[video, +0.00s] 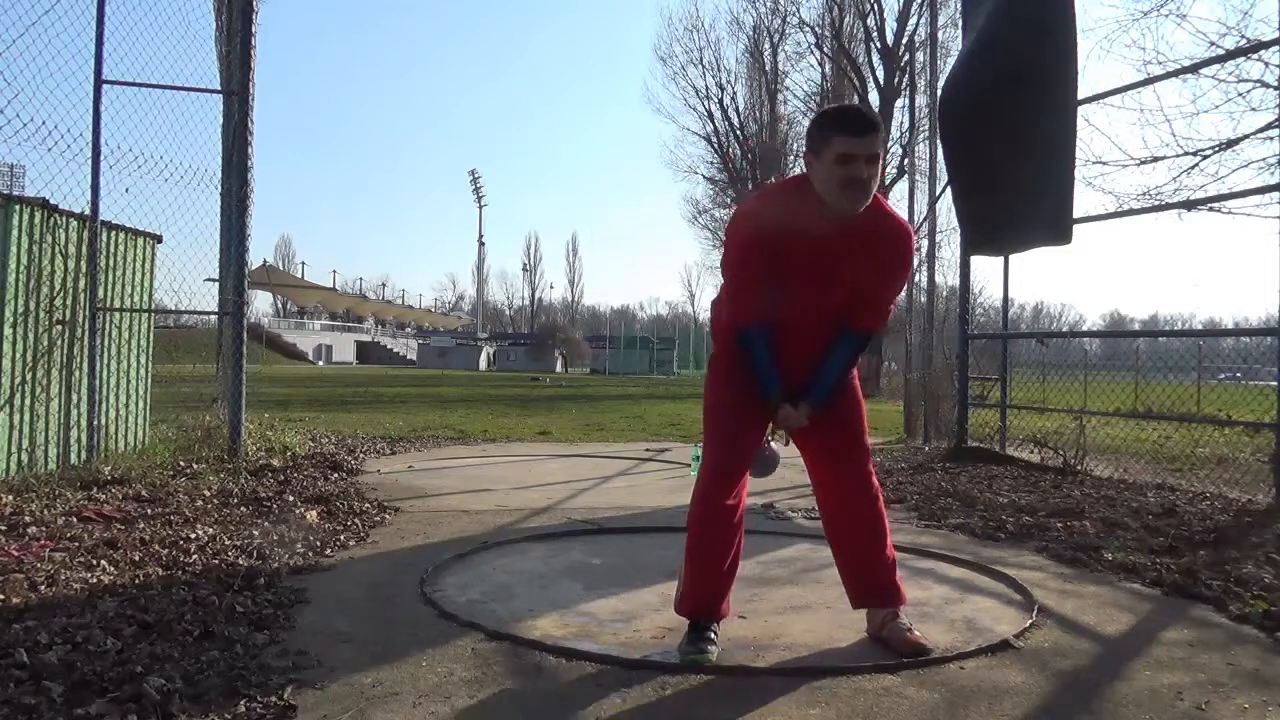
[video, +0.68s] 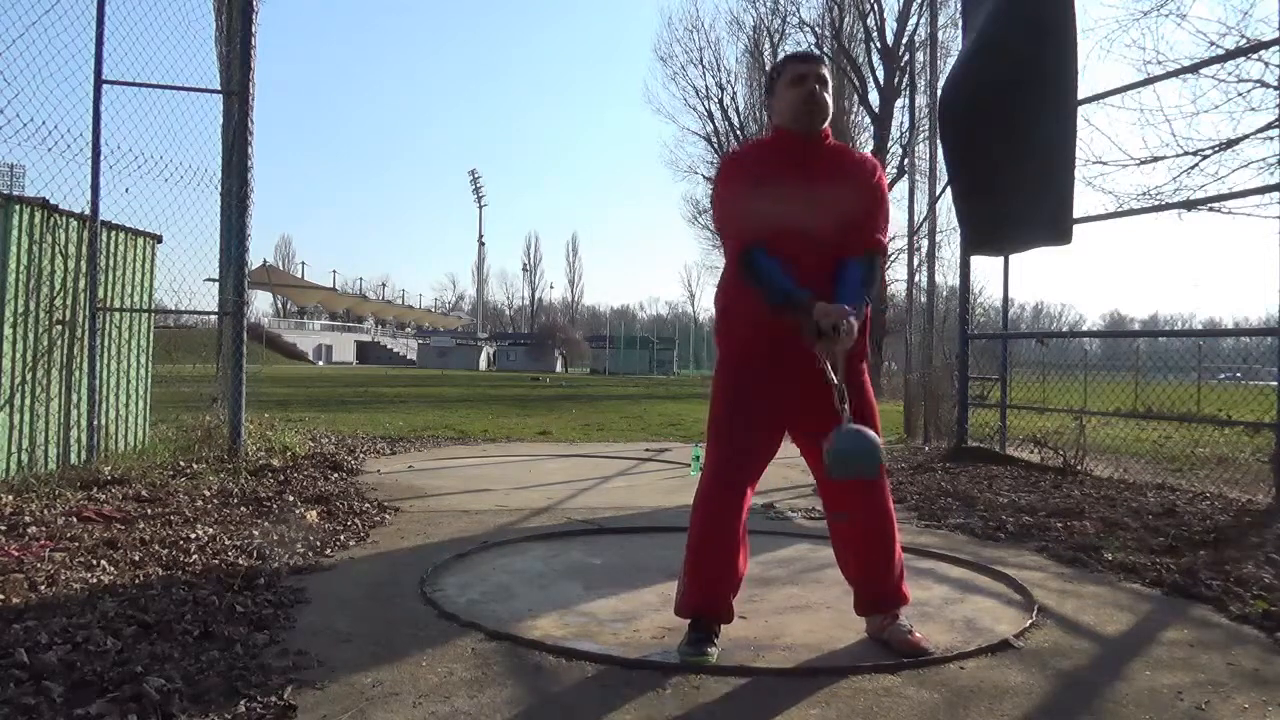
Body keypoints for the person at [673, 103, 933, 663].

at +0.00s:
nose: (859, 173)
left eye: (870, 159)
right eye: (843, 160)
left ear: (881, 163)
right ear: (810, 161)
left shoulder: (893, 238)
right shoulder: (759, 215)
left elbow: (858, 333)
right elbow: (747, 319)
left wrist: (812, 399)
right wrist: (773, 396)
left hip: (827, 362)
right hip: (747, 353)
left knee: (854, 477)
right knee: (721, 480)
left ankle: (885, 614)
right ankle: (703, 620)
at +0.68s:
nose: (813, 89)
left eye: (821, 82)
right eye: (798, 80)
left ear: (833, 101)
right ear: (771, 98)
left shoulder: (861, 169)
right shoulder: (740, 166)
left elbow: (866, 253)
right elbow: (746, 250)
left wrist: (847, 312)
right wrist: (805, 308)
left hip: (835, 350)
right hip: (753, 350)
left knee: (859, 472)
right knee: (725, 479)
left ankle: (885, 614)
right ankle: (705, 618)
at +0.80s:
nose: (806, 84)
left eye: (815, 80)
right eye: (791, 78)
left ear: (828, 103)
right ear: (765, 100)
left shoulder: (859, 165)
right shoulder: (739, 160)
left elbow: (878, 223)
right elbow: (747, 228)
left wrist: (861, 245)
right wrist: (828, 235)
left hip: (839, 359)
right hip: (755, 360)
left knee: (866, 486)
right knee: (727, 488)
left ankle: (885, 615)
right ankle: (704, 620)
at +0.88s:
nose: (804, 86)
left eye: (813, 80)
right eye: (789, 80)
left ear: (826, 101)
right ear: (763, 102)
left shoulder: (854, 159)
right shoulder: (740, 158)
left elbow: (887, 215)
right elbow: (753, 209)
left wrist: (904, 206)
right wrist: (833, 196)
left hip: (840, 354)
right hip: (756, 356)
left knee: (867, 483)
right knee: (730, 485)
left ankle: (885, 614)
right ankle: (704, 619)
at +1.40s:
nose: (809, 87)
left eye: (816, 80)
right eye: (794, 80)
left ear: (829, 98)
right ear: (766, 99)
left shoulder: (861, 165)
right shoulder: (740, 157)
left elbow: (872, 240)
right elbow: (753, 228)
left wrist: (822, 237)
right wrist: (843, 240)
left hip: (834, 360)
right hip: (750, 359)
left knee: (866, 485)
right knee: (721, 487)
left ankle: (886, 615)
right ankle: (704, 620)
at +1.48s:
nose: (810, 91)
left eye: (818, 84)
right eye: (796, 84)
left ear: (830, 101)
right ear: (769, 100)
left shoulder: (861, 168)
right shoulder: (741, 165)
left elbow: (869, 242)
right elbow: (748, 241)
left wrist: (855, 293)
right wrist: (812, 294)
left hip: (831, 354)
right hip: (749, 354)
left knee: (862, 478)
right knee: (720, 482)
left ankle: (885, 615)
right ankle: (704, 619)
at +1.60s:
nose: (825, 101)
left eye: (832, 93)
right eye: (810, 93)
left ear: (842, 106)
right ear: (777, 106)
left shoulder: (864, 177)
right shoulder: (744, 174)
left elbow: (865, 277)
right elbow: (750, 276)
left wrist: (840, 362)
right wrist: (801, 359)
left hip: (833, 350)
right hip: (751, 347)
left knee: (864, 474)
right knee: (718, 479)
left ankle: (885, 614)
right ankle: (705, 615)